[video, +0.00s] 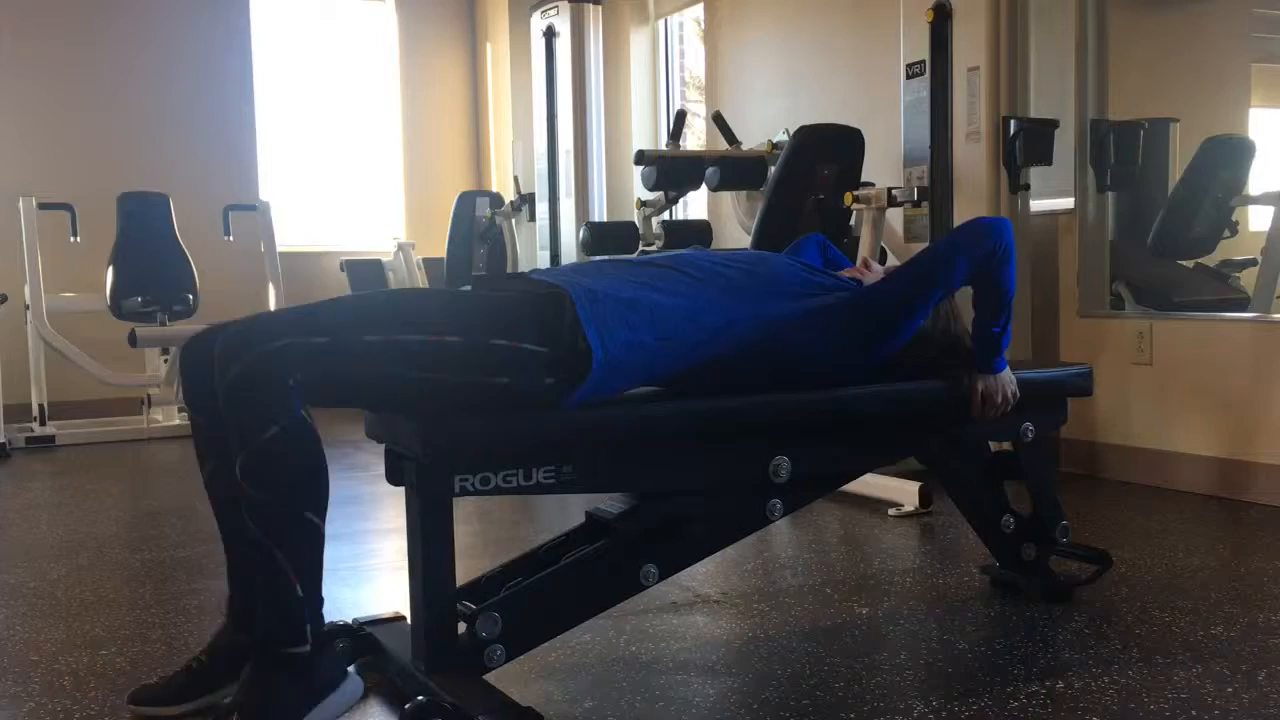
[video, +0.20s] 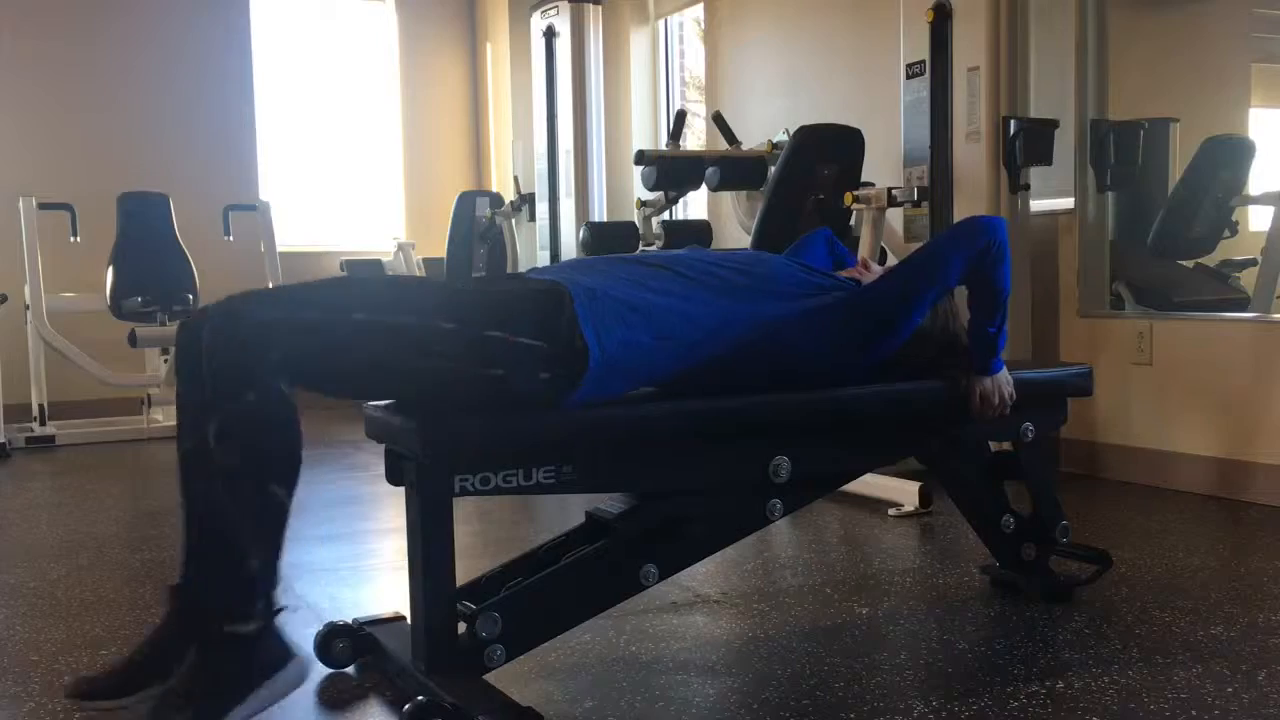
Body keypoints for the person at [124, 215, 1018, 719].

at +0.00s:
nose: (911, 276)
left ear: (914, 311)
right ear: (886, 287)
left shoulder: (859, 323)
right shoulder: (777, 280)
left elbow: (991, 230)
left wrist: (991, 360)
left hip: (551, 332)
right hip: (511, 302)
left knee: (249, 370)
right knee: (206, 357)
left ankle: (303, 644)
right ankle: (252, 625)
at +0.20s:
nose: (852, 248)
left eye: (864, 253)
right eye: (846, 244)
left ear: (874, 291)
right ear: (818, 270)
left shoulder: (854, 319)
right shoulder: (758, 282)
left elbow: (985, 229)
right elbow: (816, 211)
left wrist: (982, 354)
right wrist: (861, 270)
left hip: (548, 333)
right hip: (505, 297)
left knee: (233, 338)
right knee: (217, 325)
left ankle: (243, 622)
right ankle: (204, 602)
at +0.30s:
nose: (843, 236)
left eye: (852, 233)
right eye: (837, 229)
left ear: (864, 277)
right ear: (819, 253)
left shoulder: (850, 316)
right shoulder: (738, 273)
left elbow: (979, 223)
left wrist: (980, 354)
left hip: (539, 335)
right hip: (500, 302)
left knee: (222, 365)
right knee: (213, 355)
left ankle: (182, 653)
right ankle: (156, 637)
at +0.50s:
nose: (840, 234)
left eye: (850, 231)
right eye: (835, 226)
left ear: (856, 272)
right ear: (813, 250)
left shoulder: (844, 313)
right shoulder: (735, 273)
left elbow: (974, 223)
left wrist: (973, 347)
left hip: (541, 332)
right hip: (504, 304)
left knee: (225, 377)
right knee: (223, 368)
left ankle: (127, 656)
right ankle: (129, 640)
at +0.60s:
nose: (849, 242)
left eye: (865, 248)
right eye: (848, 238)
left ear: (874, 283)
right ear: (822, 261)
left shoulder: (850, 315)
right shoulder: (747, 277)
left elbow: (974, 222)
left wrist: (970, 339)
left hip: (543, 334)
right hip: (508, 304)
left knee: (230, 385)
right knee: (232, 371)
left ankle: (91, 645)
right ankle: (95, 629)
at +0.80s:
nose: (852, 246)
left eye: (871, 253)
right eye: (852, 240)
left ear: (880, 287)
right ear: (829, 260)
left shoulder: (851, 317)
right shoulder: (752, 279)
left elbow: (973, 215)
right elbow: (820, 184)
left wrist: (966, 334)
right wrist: (873, 253)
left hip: (543, 335)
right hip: (506, 306)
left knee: (226, 371)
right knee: (223, 363)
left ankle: (56, 640)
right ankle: (57, 627)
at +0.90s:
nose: (865, 249)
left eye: (884, 256)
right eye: (862, 238)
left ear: (892, 292)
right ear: (834, 242)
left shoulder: (856, 324)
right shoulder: (781, 276)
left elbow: (974, 233)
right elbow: (810, 169)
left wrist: (946, 304)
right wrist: (864, 227)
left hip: (531, 345)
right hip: (503, 297)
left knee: (226, 314)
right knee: (323, 278)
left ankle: (63, 575)